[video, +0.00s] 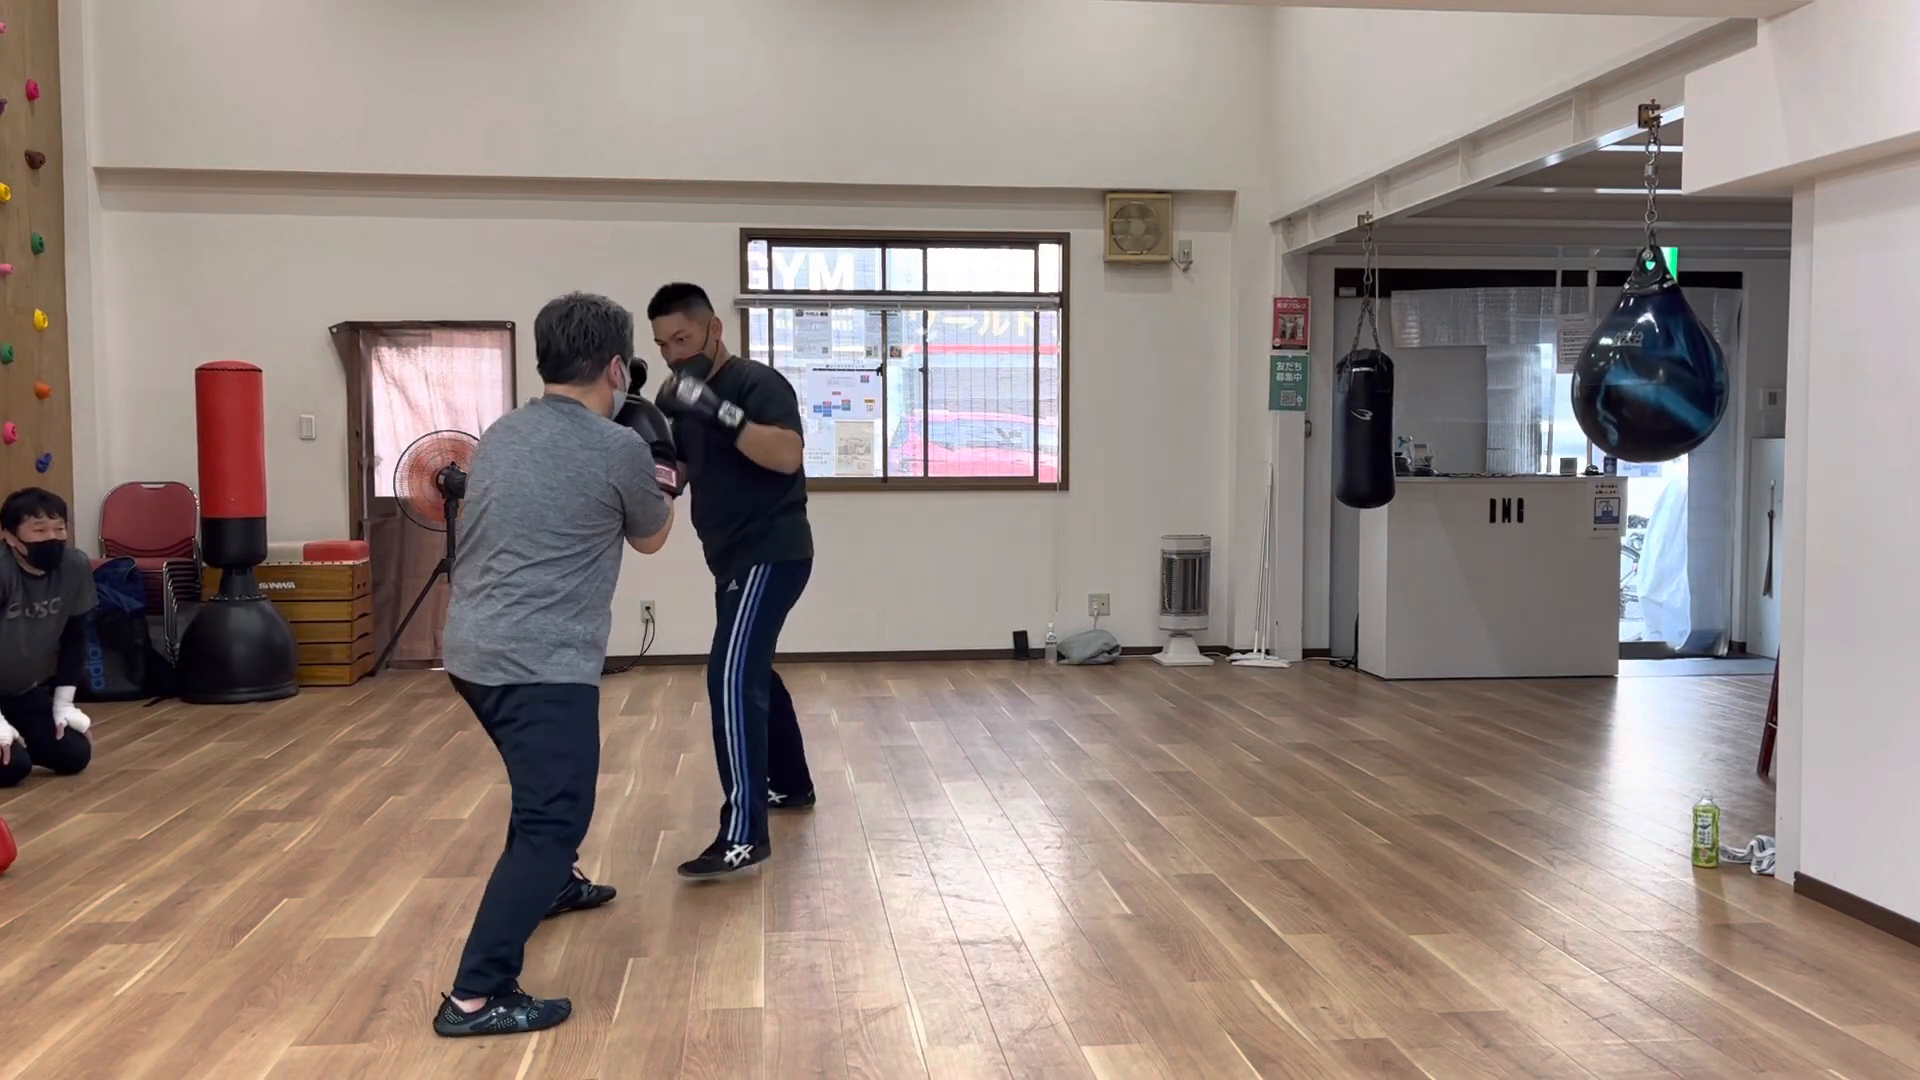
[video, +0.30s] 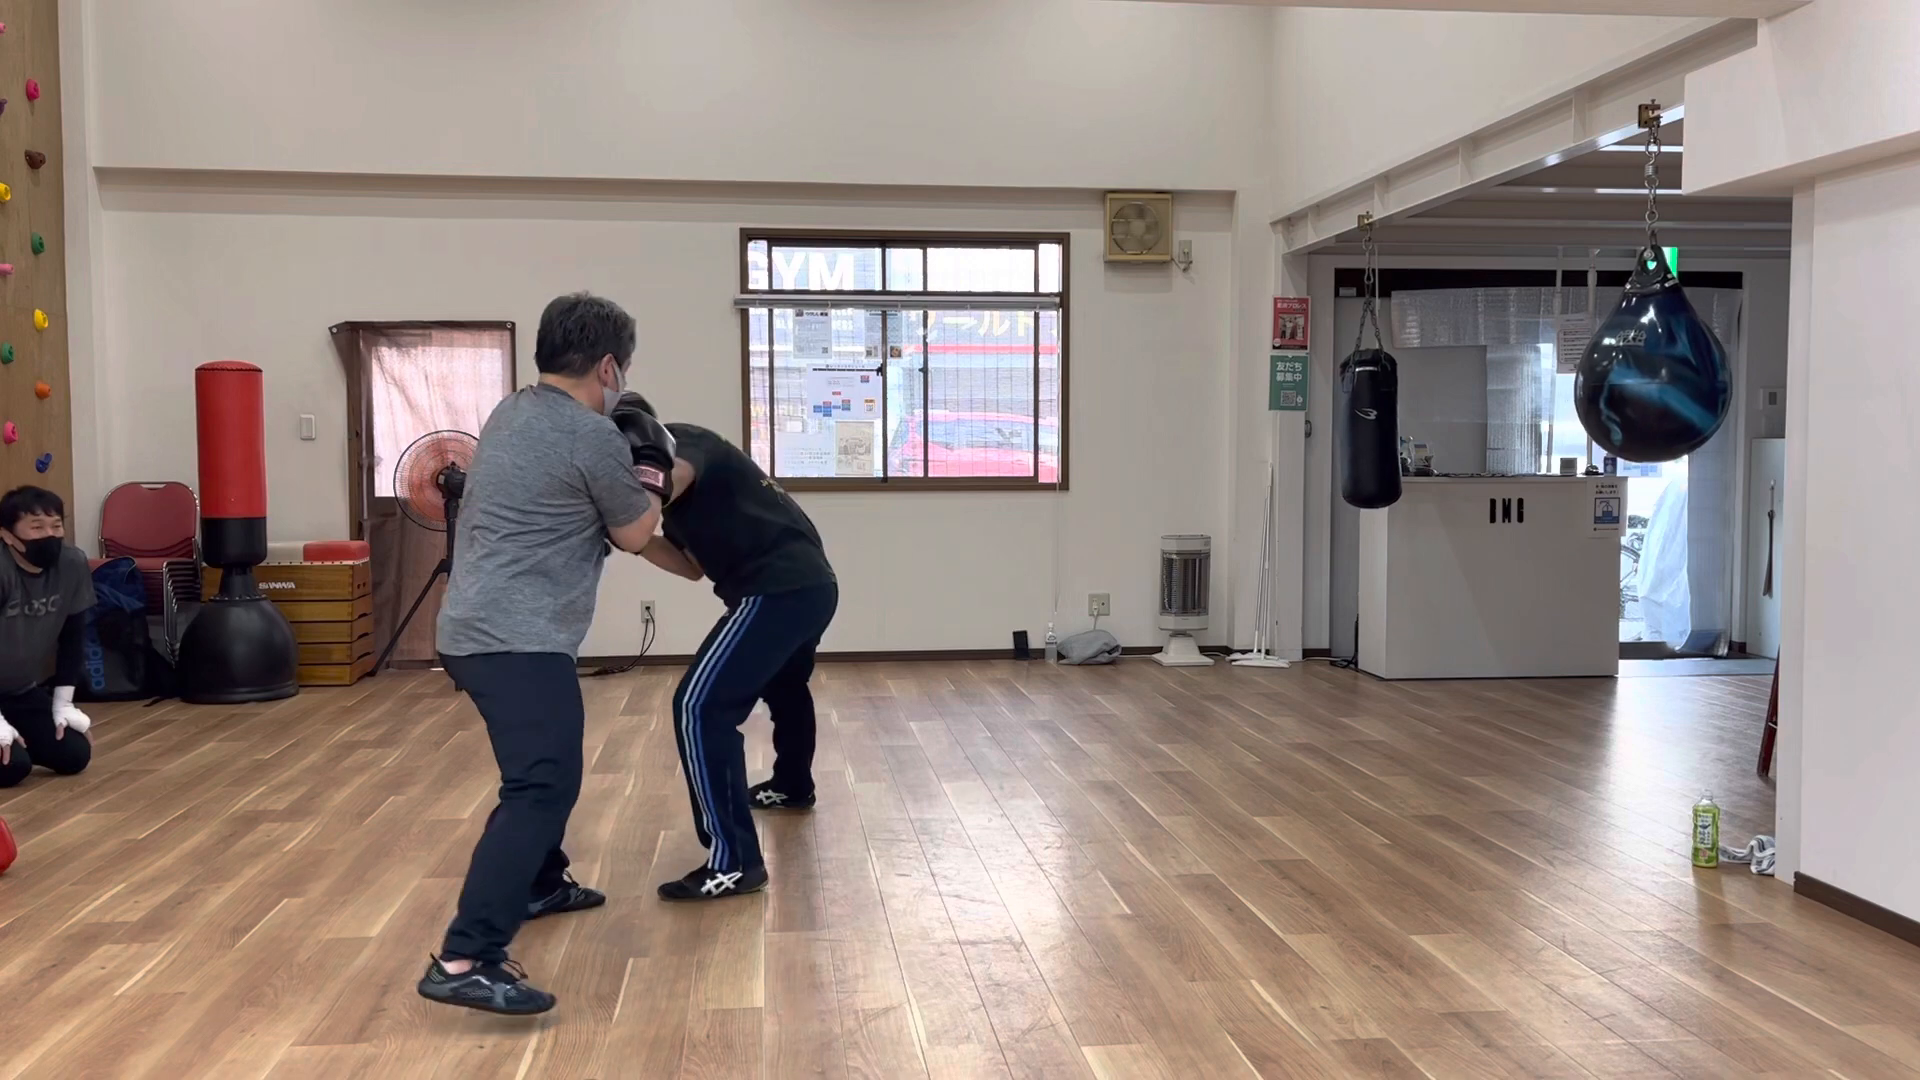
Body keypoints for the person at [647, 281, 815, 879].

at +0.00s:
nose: (675, 353)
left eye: (683, 339)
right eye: (665, 344)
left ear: (716, 328)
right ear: (659, 345)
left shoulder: (759, 383)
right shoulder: (683, 397)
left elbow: (787, 455)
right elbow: (677, 466)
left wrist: (718, 413)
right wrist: (653, 434)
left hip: (771, 552)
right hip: (732, 556)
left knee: (730, 678)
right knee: (751, 672)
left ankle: (742, 838)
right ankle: (792, 784)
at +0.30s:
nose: (624, 466)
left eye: (620, 454)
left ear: (633, 435)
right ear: (647, 428)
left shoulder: (683, 440)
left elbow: (676, 477)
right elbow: (693, 566)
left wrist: (648, 481)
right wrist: (630, 532)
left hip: (777, 591)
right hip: (809, 587)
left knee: (697, 705)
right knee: (787, 690)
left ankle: (735, 863)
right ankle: (792, 783)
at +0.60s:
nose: (629, 403)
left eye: (635, 387)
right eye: (619, 395)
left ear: (669, 374)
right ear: (619, 398)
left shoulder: (698, 407)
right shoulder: (672, 452)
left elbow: (744, 431)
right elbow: (692, 537)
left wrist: (670, 468)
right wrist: (646, 504)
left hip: (774, 574)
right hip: (760, 577)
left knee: (715, 702)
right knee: (764, 681)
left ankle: (732, 860)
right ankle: (794, 783)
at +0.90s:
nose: (662, 334)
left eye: (672, 321)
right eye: (655, 324)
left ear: (703, 319)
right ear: (652, 330)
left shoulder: (743, 371)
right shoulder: (670, 398)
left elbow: (741, 431)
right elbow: (642, 467)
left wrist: (705, 355)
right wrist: (615, 398)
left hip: (770, 549)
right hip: (723, 558)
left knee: (740, 676)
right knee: (749, 672)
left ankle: (728, 830)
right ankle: (792, 782)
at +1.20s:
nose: (661, 334)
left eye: (672, 322)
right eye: (653, 325)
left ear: (705, 316)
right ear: (648, 326)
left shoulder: (745, 374)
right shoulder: (661, 382)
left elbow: (758, 453)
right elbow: (638, 460)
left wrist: (706, 388)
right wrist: (621, 392)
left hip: (755, 551)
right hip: (700, 554)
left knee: (735, 683)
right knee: (711, 672)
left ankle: (725, 829)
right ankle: (781, 765)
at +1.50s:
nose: (635, 343)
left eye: (647, 331)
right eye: (627, 333)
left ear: (681, 326)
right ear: (622, 332)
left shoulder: (714, 385)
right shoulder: (638, 394)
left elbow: (740, 458)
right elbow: (603, 461)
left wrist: (667, 414)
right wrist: (578, 397)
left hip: (715, 560)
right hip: (678, 562)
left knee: (672, 689)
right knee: (712, 672)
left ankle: (657, 850)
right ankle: (777, 762)